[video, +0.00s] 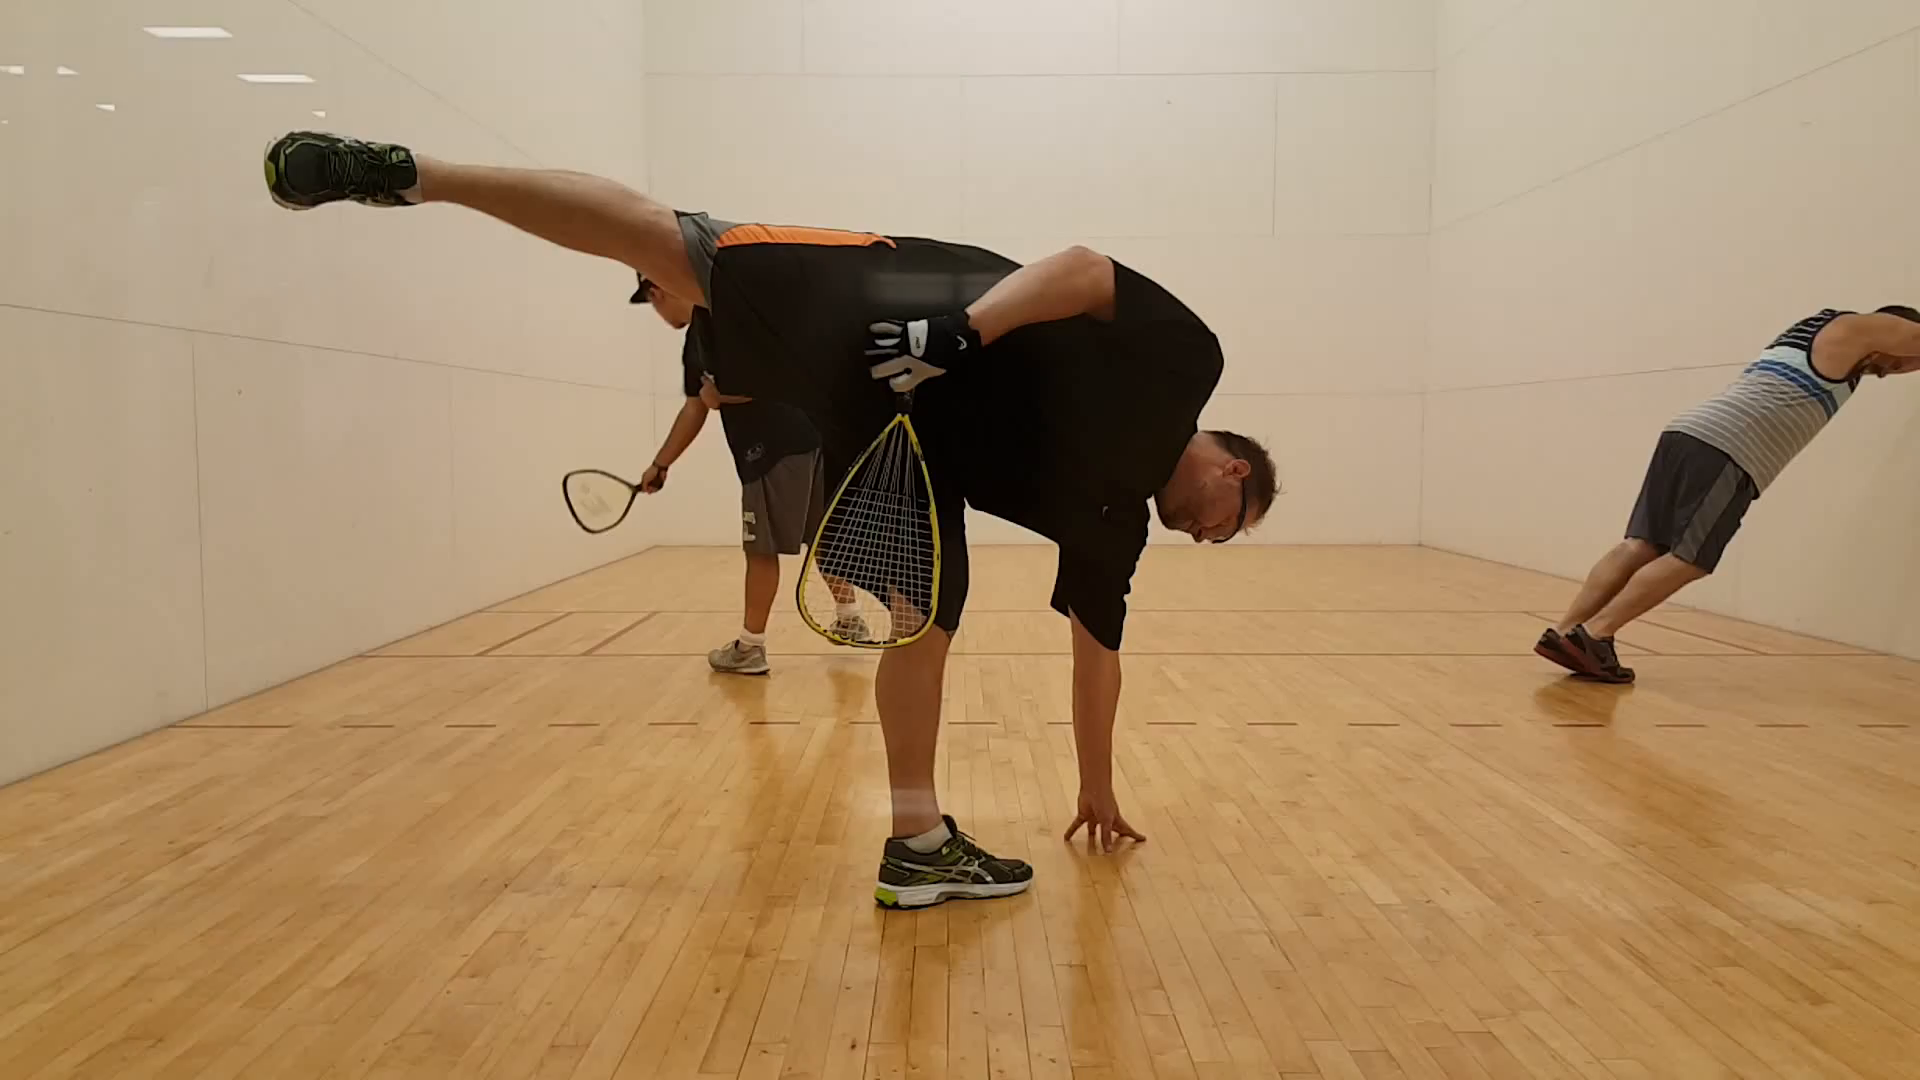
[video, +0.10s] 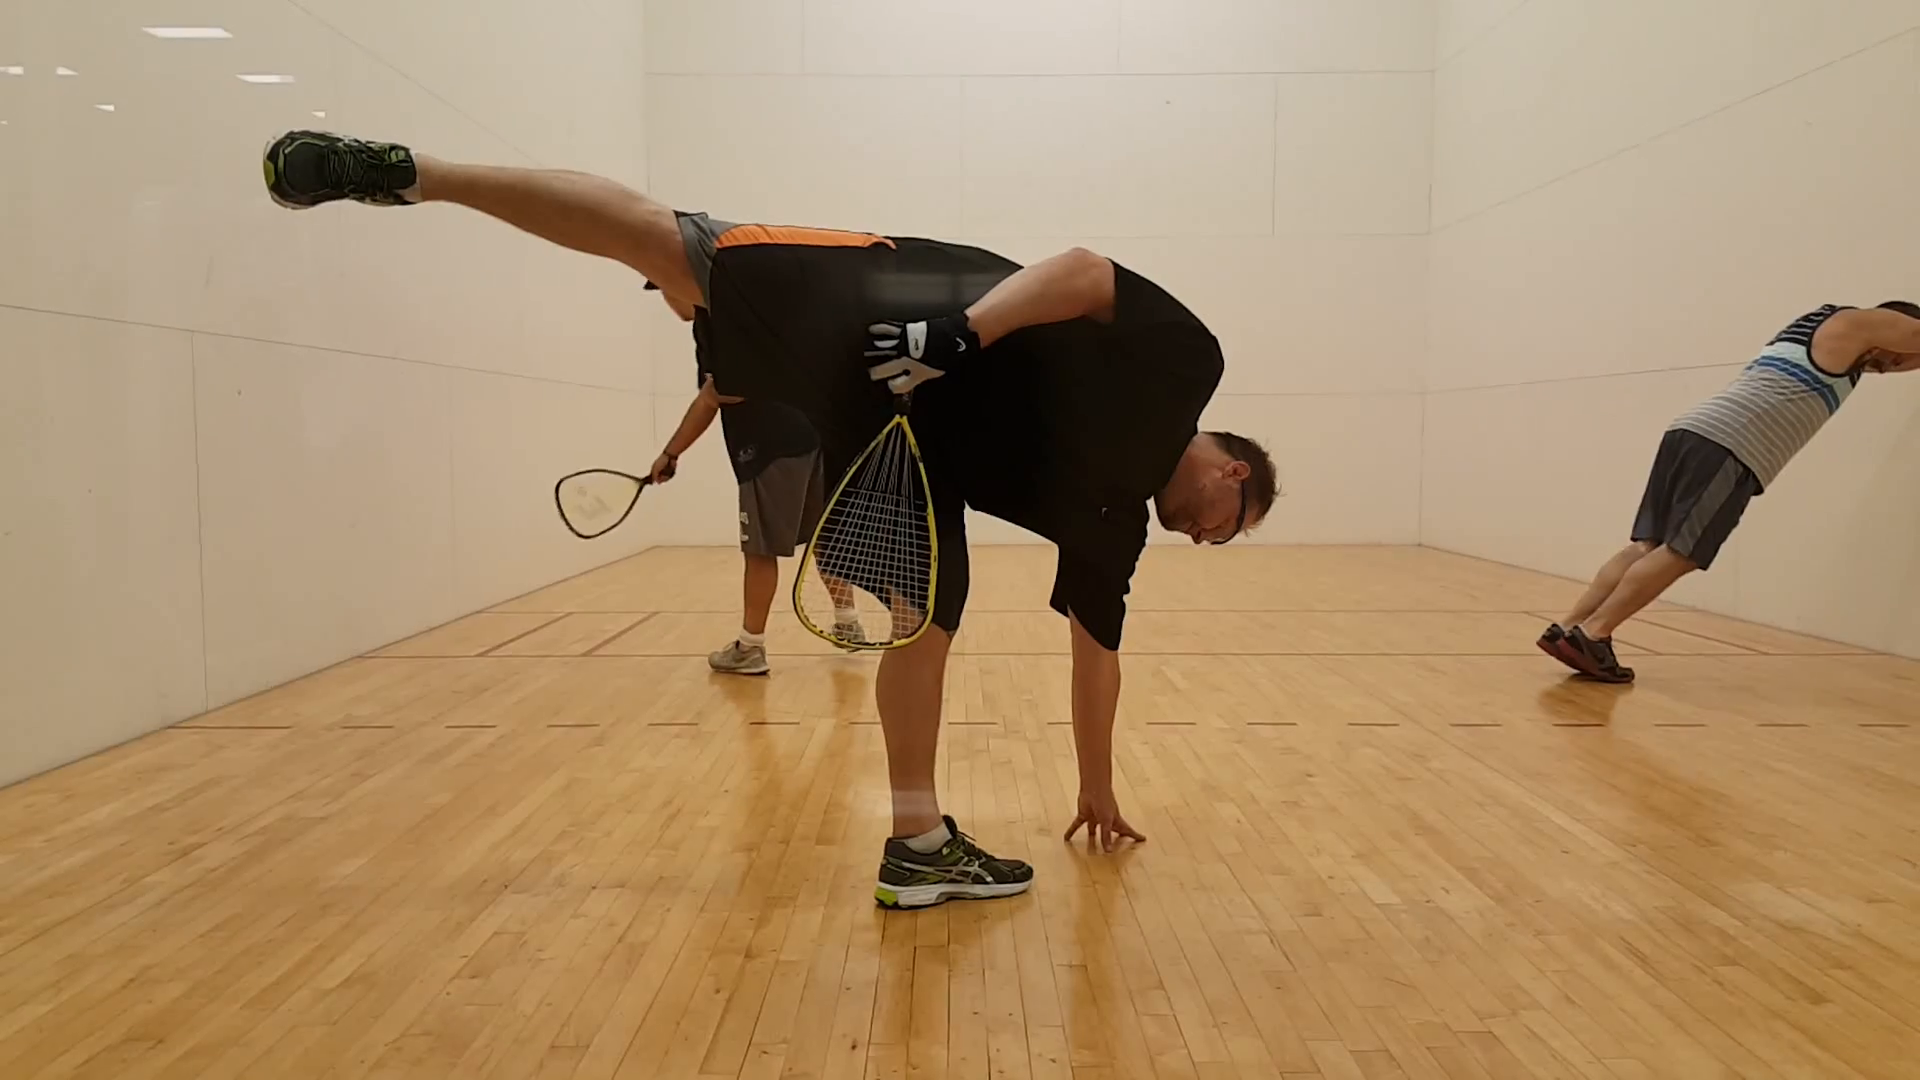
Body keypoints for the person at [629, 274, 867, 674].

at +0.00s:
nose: (655, 312)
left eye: (652, 300)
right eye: (651, 303)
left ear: (667, 289)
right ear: (669, 291)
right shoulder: (697, 338)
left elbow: (768, 380)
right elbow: (695, 406)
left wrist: (721, 395)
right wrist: (661, 463)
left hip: (772, 445)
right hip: (814, 432)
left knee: (761, 546)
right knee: (825, 530)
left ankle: (751, 645)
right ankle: (849, 616)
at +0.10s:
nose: (664, 303)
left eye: (664, 292)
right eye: (661, 294)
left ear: (688, 287)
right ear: (690, 290)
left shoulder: (712, 320)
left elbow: (718, 394)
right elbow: (707, 397)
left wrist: (717, 385)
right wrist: (671, 452)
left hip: (769, 441)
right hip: (816, 430)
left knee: (760, 546)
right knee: (827, 530)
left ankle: (750, 645)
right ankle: (848, 620)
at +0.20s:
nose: (689, 286)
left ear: (709, 274)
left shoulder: (710, 314)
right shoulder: (786, 300)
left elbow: (721, 389)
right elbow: (725, 396)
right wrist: (690, 439)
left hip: (768, 441)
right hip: (816, 429)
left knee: (758, 548)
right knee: (829, 535)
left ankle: (750, 645)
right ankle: (851, 630)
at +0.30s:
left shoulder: (713, 305)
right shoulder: (802, 301)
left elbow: (711, 383)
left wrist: (761, 384)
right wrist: (722, 427)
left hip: (766, 438)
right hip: (821, 433)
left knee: (754, 549)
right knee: (835, 538)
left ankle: (750, 644)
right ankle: (855, 634)